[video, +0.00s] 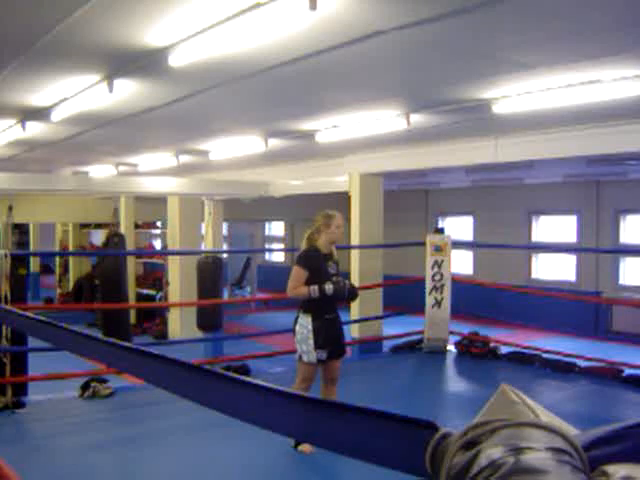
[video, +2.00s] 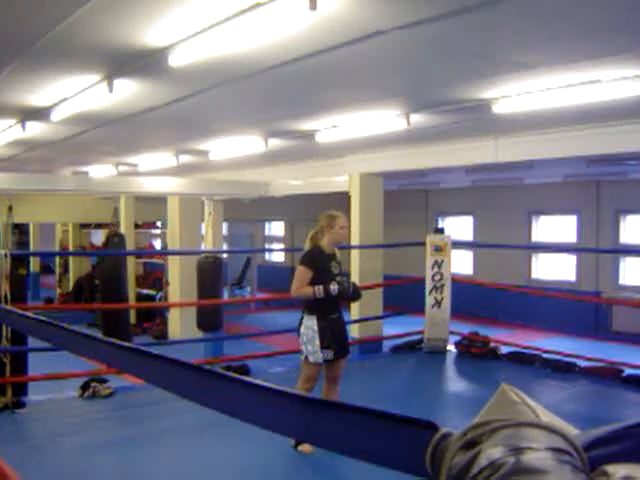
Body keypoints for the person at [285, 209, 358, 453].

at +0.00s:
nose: (341, 233)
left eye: (342, 228)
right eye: (338, 228)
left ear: (334, 230)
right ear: (324, 228)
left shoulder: (332, 258)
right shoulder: (308, 256)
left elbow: (330, 289)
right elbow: (292, 290)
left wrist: (346, 291)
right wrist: (324, 289)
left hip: (331, 317)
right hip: (310, 317)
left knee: (331, 378)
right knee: (305, 379)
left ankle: (329, 429)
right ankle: (300, 433)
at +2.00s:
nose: (346, 233)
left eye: (347, 229)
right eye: (343, 229)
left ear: (336, 230)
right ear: (328, 229)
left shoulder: (334, 257)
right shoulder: (312, 255)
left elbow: (331, 289)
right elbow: (296, 290)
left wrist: (348, 291)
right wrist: (327, 289)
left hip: (334, 317)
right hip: (315, 318)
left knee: (334, 378)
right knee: (308, 379)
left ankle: (329, 429)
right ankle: (299, 431)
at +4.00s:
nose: (347, 233)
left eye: (347, 229)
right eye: (343, 229)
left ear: (338, 230)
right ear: (329, 229)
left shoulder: (335, 258)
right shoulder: (314, 256)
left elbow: (333, 288)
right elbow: (298, 290)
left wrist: (350, 290)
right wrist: (330, 289)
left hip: (335, 318)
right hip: (316, 319)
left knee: (334, 378)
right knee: (309, 380)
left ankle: (330, 429)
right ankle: (298, 431)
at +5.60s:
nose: (351, 233)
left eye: (352, 229)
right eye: (347, 228)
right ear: (335, 228)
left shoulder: (346, 256)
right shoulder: (317, 255)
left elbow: (345, 287)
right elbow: (315, 288)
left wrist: (360, 279)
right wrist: (336, 273)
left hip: (342, 315)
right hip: (320, 315)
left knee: (338, 375)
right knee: (322, 375)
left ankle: (334, 418)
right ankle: (308, 417)